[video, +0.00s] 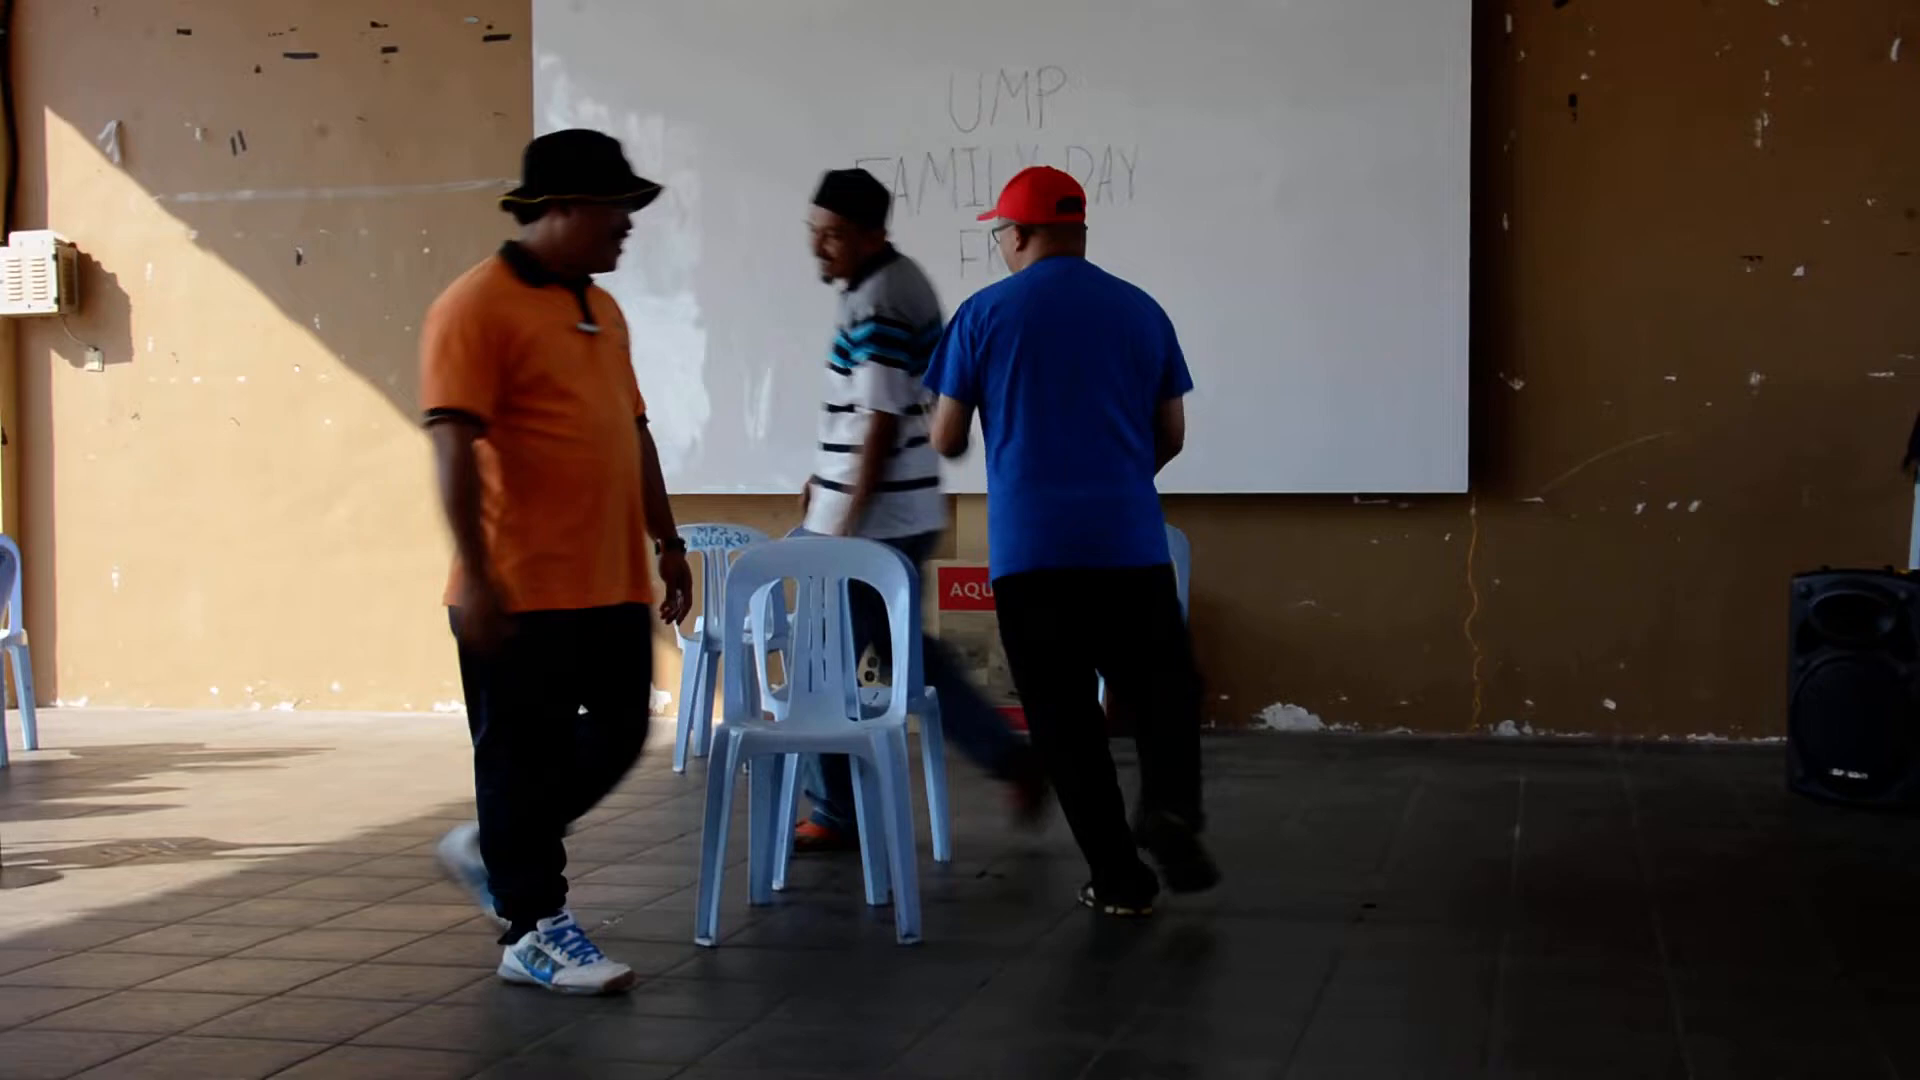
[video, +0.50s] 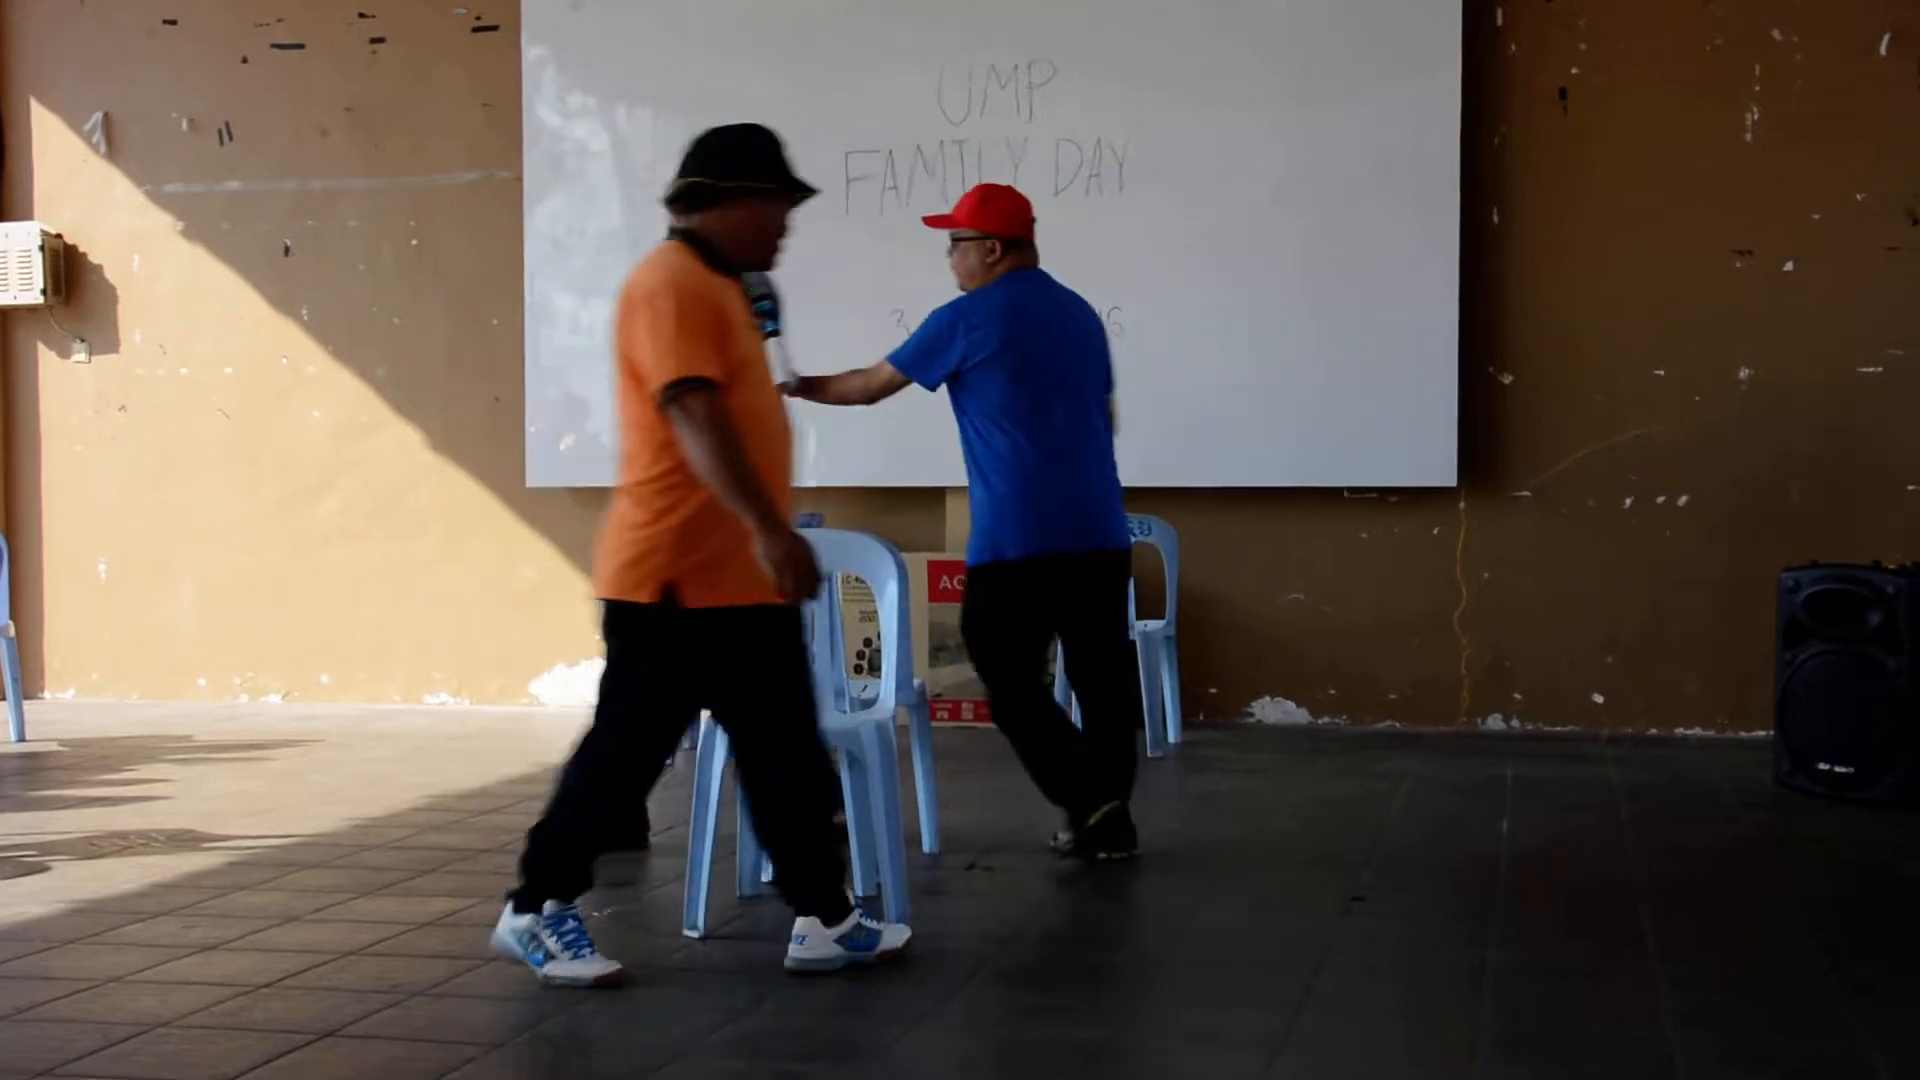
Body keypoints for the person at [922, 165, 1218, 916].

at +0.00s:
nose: (999, 248)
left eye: (1002, 235)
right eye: (1001, 236)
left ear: (1020, 236)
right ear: (1080, 232)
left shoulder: (984, 313)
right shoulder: (1140, 309)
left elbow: (945, 440)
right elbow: (1169, 436)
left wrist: (961, 395)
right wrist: (1114, 472)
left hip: (1031, 555)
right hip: (1131, 552)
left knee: (1062, 723)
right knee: (1166, 690)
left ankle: (1118, 881)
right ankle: (1172, 825)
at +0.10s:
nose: (994, 244)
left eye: (998, 232)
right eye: (996, 232)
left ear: (1019, 233)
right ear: (1075, 230)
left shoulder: (987, 308)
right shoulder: (1137, 305)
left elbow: (935, 424)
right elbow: (1173, 425)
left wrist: (936, 373)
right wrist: (1124, 477)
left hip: (1032, 546)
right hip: (1130, 545)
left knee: (1059, 718)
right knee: (1151, 685)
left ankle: (1117, 879)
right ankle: (1183, 839)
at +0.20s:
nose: (986, 244)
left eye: (991, 231)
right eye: (987, 231)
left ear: (1014, 235)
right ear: (1062, 232)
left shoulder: (987, 311)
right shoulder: (1128, 306)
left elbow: (916, 397)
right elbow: (1167, 420)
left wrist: (901, 363)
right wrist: (1123, 481)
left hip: (1033, 545)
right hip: (1123, 541)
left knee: (1060, 713)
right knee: (1126, 688)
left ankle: (1116, 877)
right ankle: (1152, 846)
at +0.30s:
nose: (974, 255)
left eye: (980, 242)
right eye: (975, 242)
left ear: (1006, 248)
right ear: (1050, 244)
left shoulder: (984, 322)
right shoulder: (1116, 317)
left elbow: (901, 389)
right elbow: (1153, 427)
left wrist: (864, 373)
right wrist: (1106, 484)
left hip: (1031, 549)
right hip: (1115, 546)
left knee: (1056, 712)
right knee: (1113, 695)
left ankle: (1115, 873)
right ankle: (1112, 846)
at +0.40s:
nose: (963, 260)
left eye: (970, 247)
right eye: (964, 247)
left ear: (1000, 253)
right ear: (1036, 250)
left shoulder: (975, 323)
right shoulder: (1099, 317)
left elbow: (882, 391)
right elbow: (1134, 425)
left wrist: (827, 381)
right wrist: (1087, 478)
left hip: (1021, 547)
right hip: (1107, 542)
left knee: (1044, 700)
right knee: (1110, 684)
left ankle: (1111, 844)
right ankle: (1107, 825)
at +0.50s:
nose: (950, 258)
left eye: (959, 247)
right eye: (952, 246)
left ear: (994, 251)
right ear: (1015, 250)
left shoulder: (967, 317)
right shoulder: (1081, 314)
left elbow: (869, 385)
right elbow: (1106, 420)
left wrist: (799, 385)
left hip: (1013, 536)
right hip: (1099, 531)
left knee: (1009, 681)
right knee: (1105, 677)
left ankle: (1087, 803)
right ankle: (1109, 824)